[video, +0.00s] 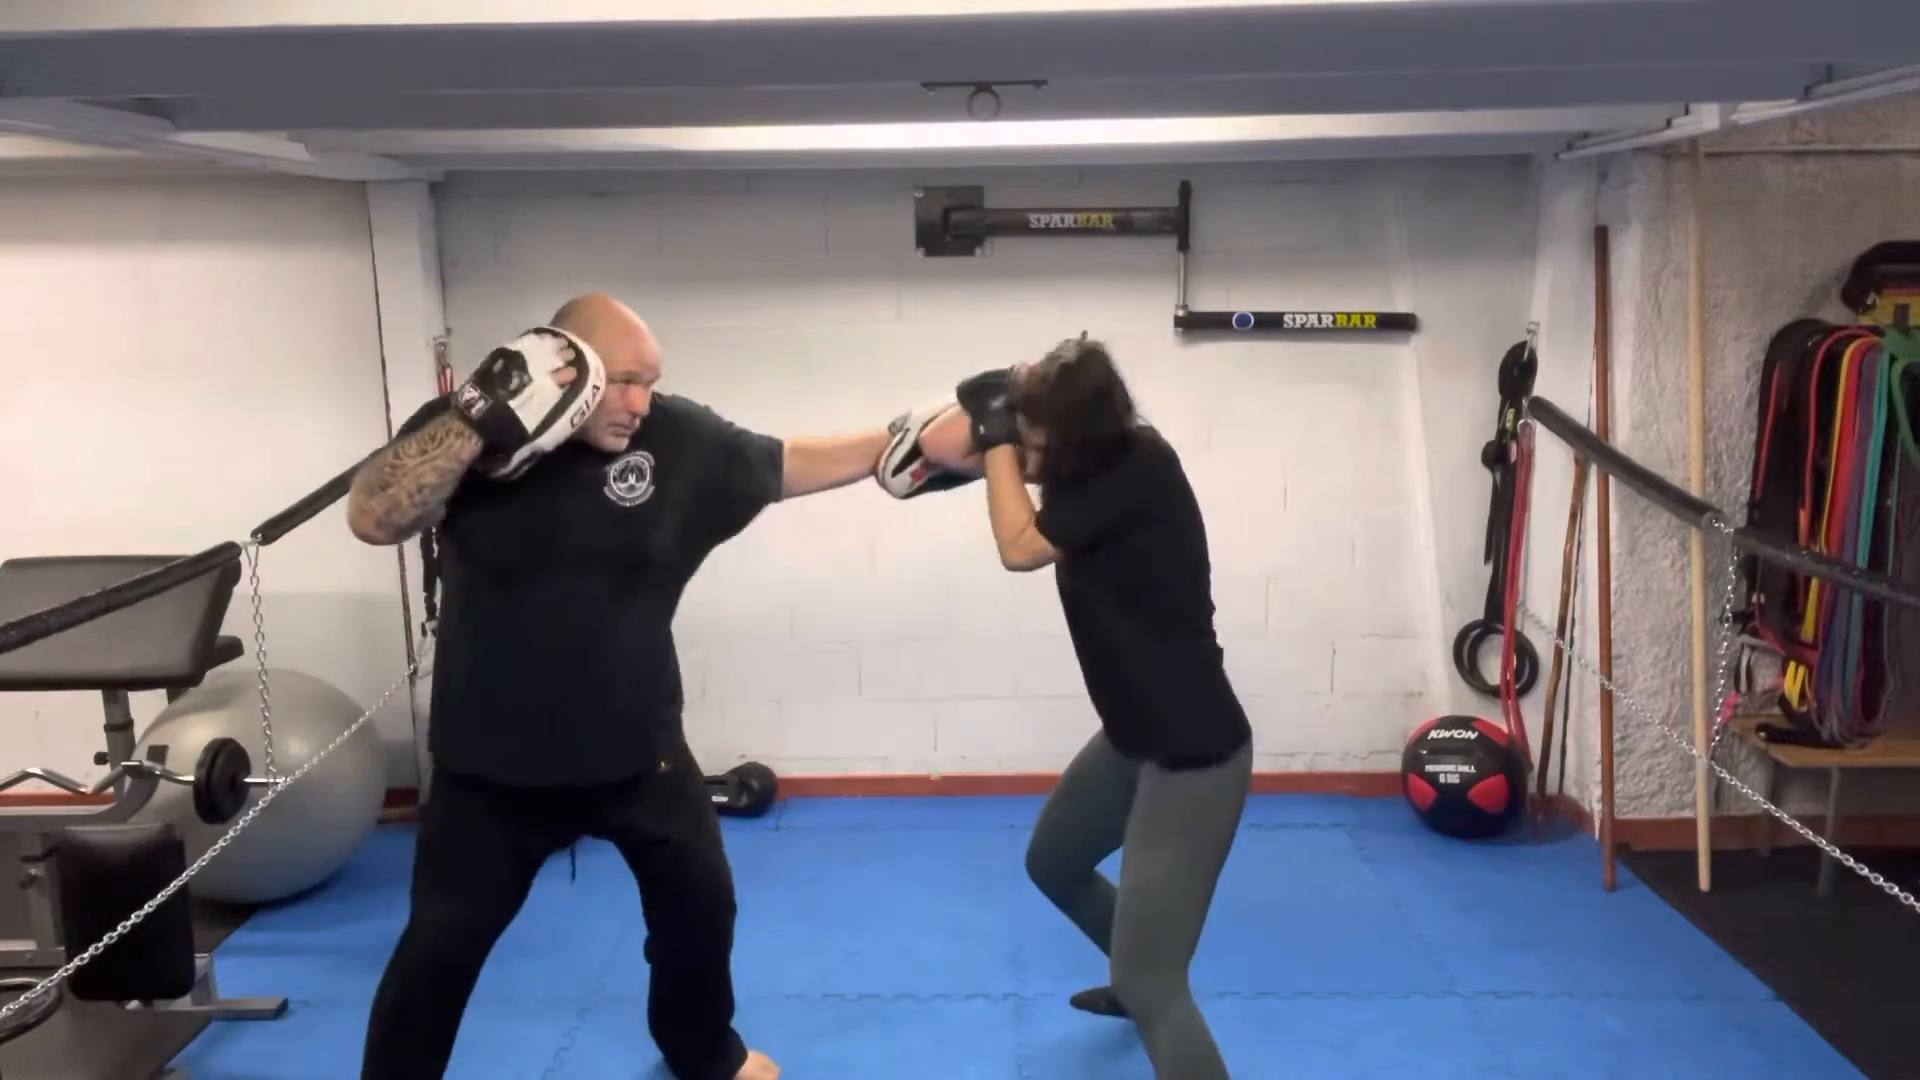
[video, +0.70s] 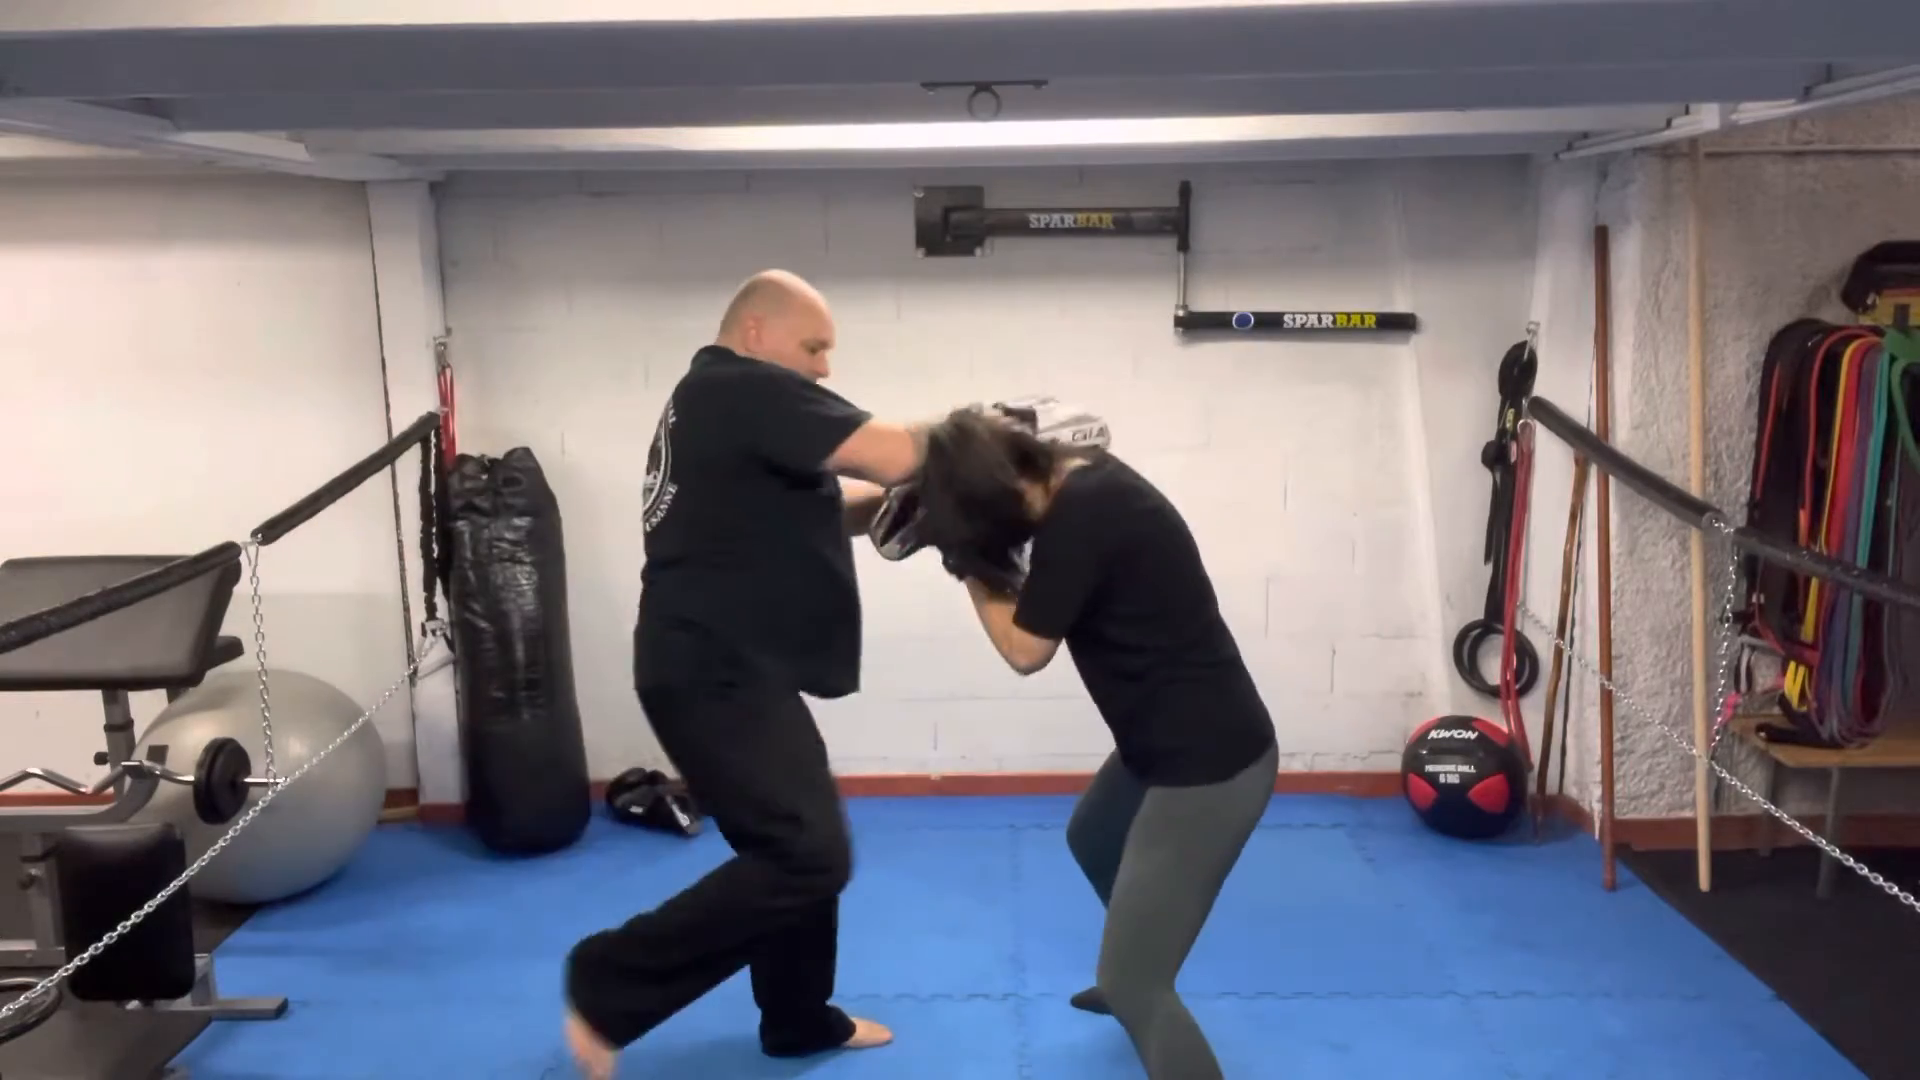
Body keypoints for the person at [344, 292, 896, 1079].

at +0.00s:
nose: (641, 402)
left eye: (648, 381)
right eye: (625, 382)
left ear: (652, 376)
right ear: (564, 374)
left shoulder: (680, 441)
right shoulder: (470, 435)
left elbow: (792, 464)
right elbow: (371, 515)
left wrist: (918, 440)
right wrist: (478, 414)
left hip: (637, 755)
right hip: (491, 763)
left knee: (700, 902)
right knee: (438, 950)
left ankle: (702, 1051)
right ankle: (393, 1073)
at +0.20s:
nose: (671, 399)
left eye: (677, 380)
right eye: (652, 380)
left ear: (681, 383)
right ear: (600, 379)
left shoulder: (683, 454)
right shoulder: (497, 425)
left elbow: (778, 497)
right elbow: (472, 481)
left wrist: (899, 472)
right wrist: (591, 374)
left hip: (640, 740)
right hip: (503, 760)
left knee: (735, 868)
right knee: (441, 967)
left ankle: (758, 1024)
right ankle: (393, 1071)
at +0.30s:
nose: (702, 388)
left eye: (709, 376)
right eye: (686, 366)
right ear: (629, 367)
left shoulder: (697, 467)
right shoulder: (553, 427)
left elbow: (788, 511)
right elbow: (664, 433)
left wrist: (905, 481)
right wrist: (750, 333)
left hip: (647, 738)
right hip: (530, 746)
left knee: (734, 866)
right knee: (457, 960)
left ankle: (792, 1023)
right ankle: (394, 1070)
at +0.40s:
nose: (756, 402)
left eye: (758, 388)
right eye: (742, 386)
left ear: (683, 371)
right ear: (678, 373)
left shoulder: (716, 470)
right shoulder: (636, 427)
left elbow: (795, 525)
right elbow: (811, 402)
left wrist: (909, 485)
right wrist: (905, 328)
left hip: (678, 731)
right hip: (578, 733)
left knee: (755, 845)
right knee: (492, 942)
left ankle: (792, 1020)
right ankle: (403, 1074)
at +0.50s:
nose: (797, 387)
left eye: (797, 373)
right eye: (784, 369)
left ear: (722, 364)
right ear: (726, 359)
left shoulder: (715, 450)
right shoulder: (707, 415)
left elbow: (804, 533)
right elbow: (904, 413)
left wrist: (909, 499)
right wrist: (997, 375)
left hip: (708, 718)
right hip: (628, 722)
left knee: (775, 842)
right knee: (560, 919)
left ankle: (795, 1019)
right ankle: (416, 1073)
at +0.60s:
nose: (823, 380)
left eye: (824, 364)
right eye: (812, 361)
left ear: (740, 350)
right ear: (758, 349)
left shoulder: (721, 420)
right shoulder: (738, 402)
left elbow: (796, 529)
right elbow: (905, 440)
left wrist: (913, 512)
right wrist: (1018, 421)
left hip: (727, 697)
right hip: (669, 697)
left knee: (788, 837)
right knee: (675, 904)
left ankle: (797, 1018)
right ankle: (478, 1058)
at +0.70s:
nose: (823, 370)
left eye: (825, 354)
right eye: (814, 350)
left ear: (746, 337)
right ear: (758, 333)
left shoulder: (712, 399)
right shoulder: (745, 392)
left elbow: (794, 518)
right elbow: (898, 452)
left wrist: (898, 495)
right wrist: (979, 432)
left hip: (718, 664)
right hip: (715, 669)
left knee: (800, 847)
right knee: (807, 857)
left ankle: (798, 1021)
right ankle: (607, 982)